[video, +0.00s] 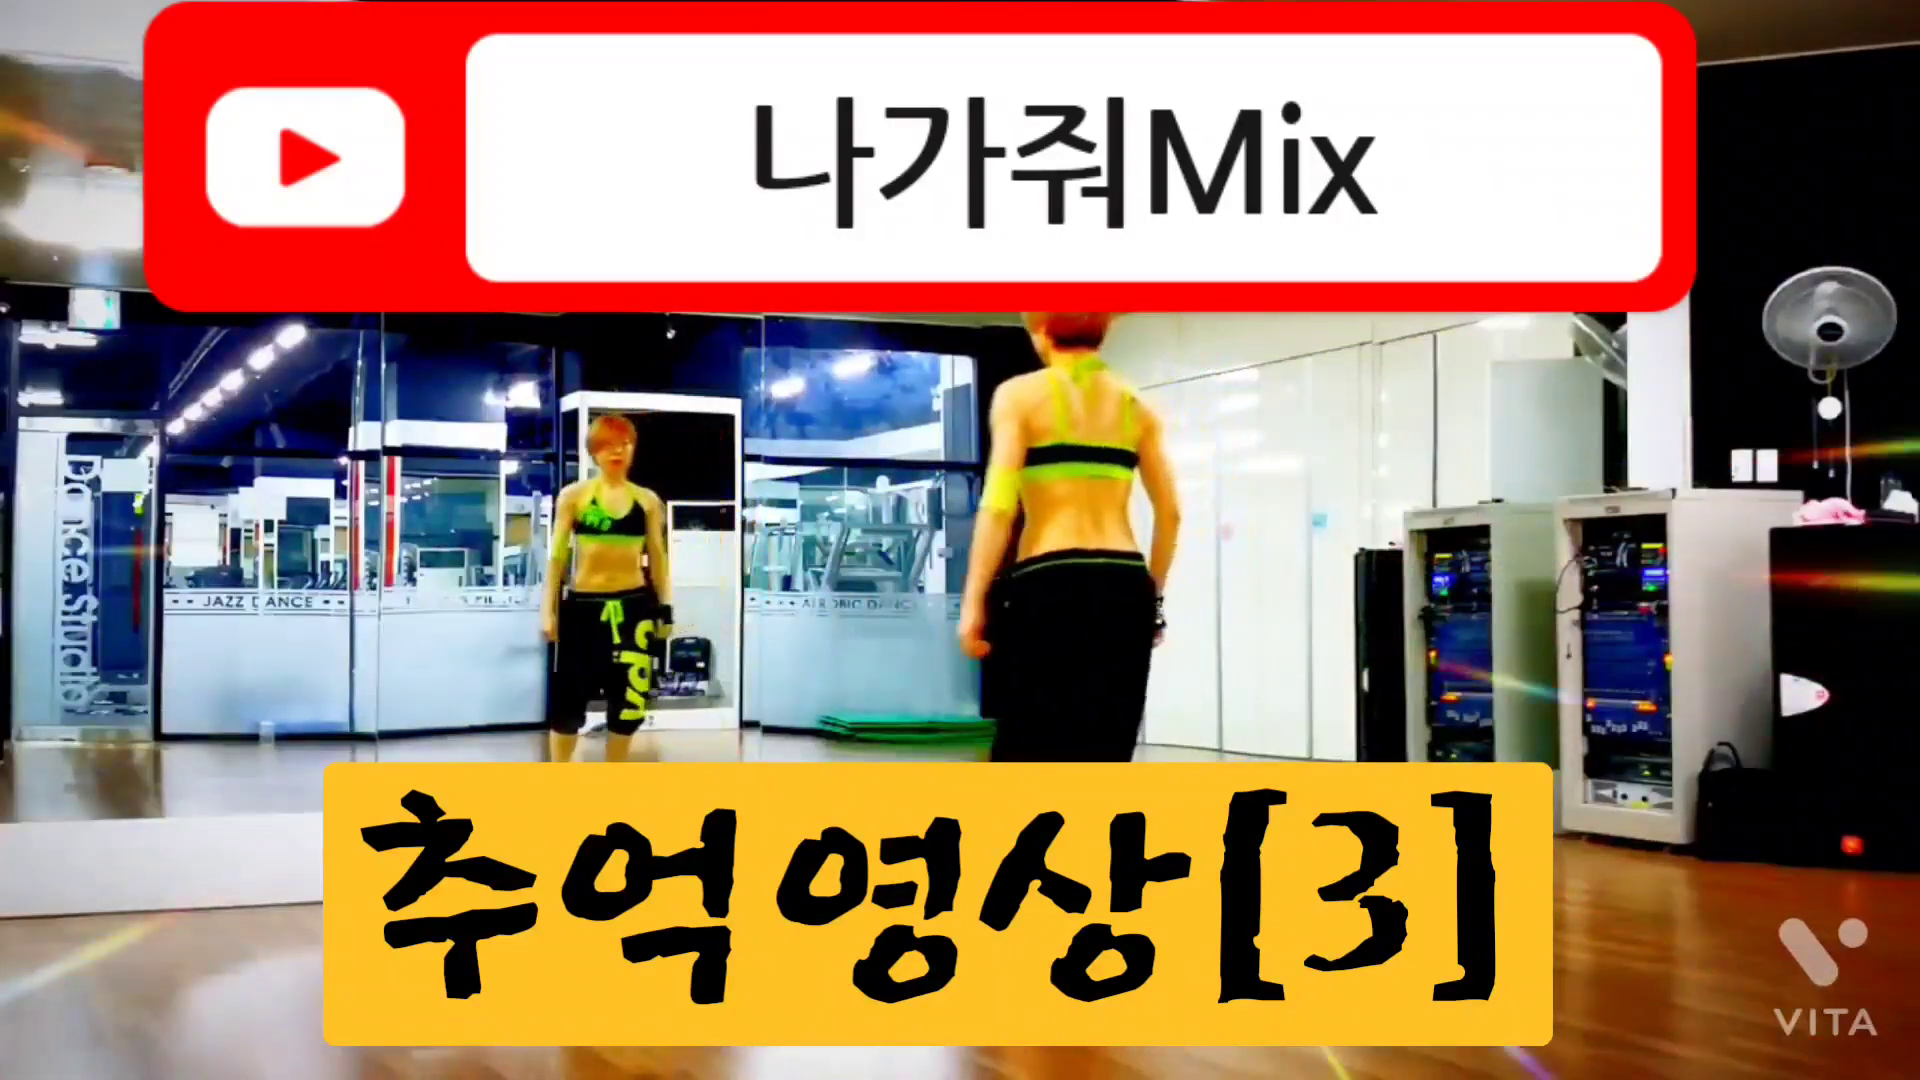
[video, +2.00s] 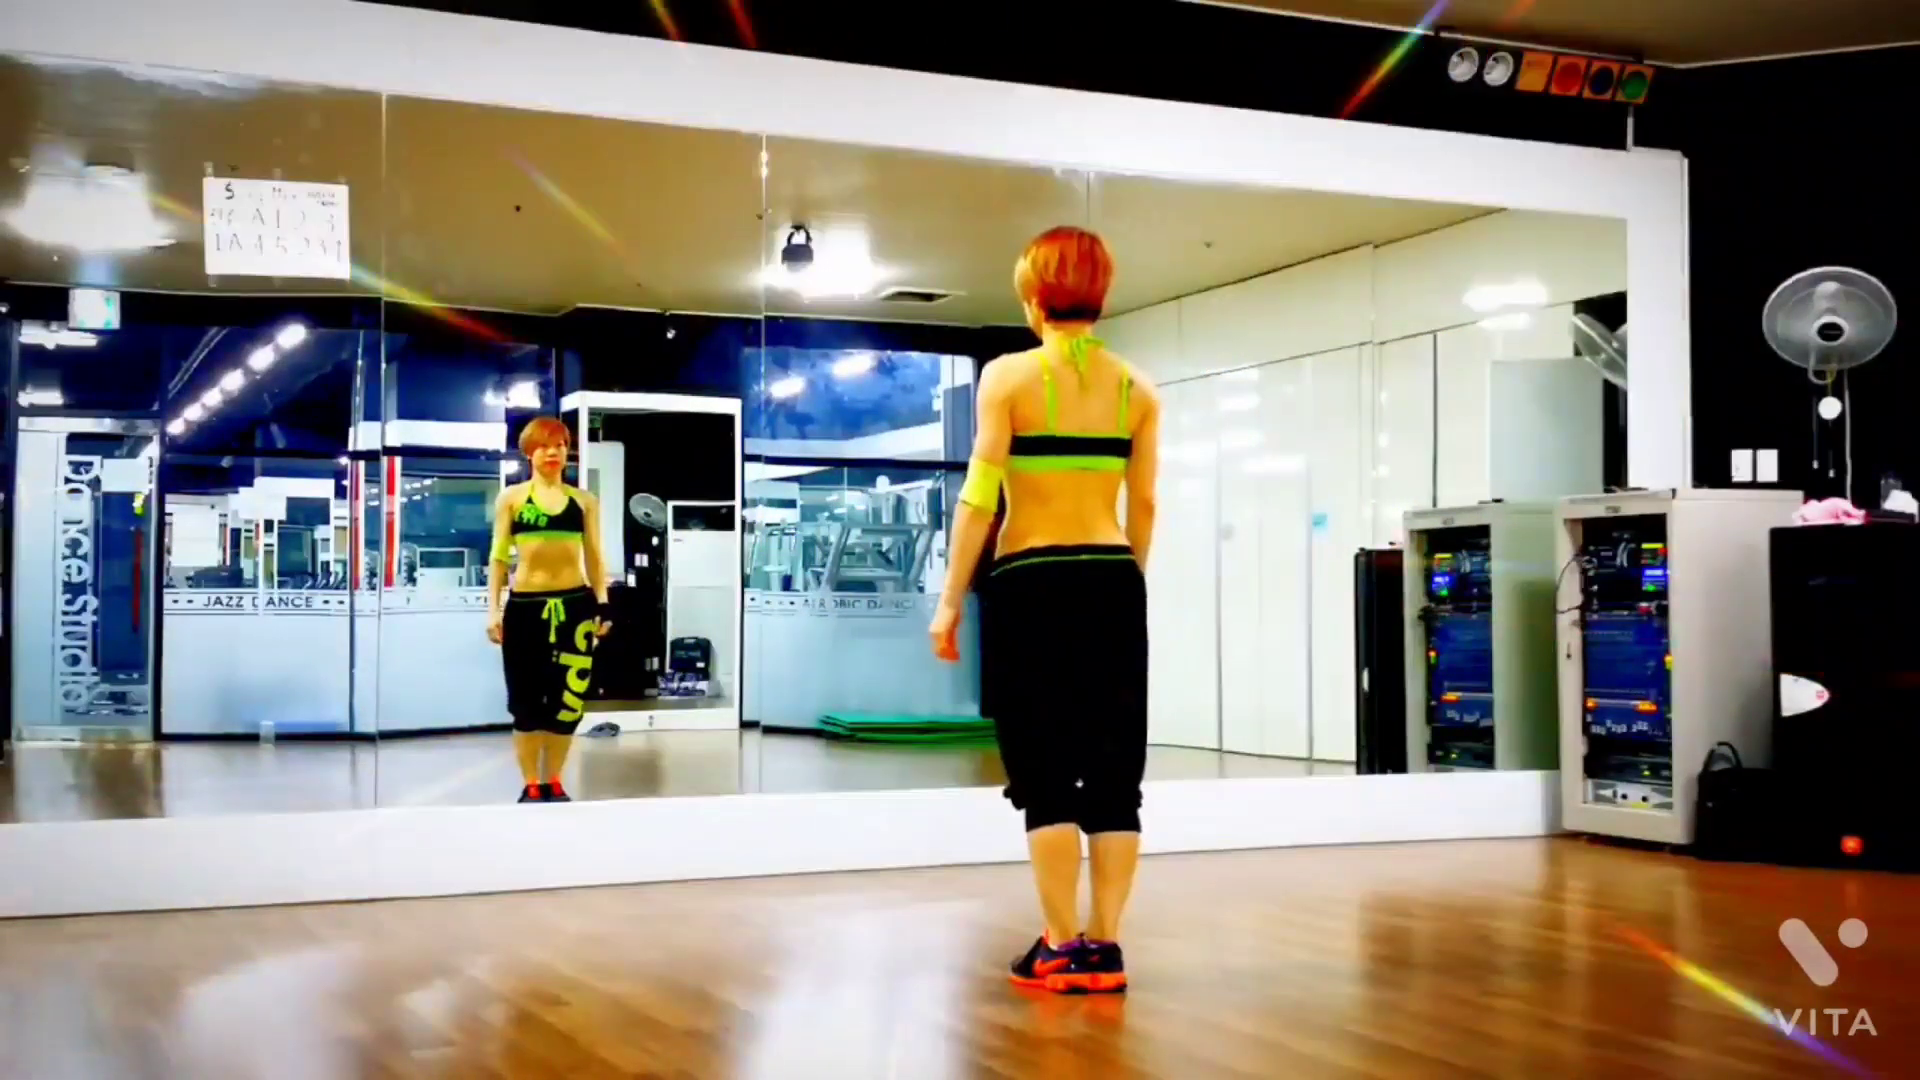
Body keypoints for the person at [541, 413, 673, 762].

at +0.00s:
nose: (617, 452)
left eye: (623, 444)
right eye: (608, 446)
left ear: (633, 450)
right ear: (594, 453)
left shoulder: (647, 501)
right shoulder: (573, 496)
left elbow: (657, 558)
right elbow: (558, 556)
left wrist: (664, 607)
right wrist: (549, 610)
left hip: (633, 606)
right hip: (582, 606)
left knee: (627, 706)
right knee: (567, 705)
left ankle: (613, 780)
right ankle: (559, 778)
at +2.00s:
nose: (552, 454)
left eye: (559, 447)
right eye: (544, 447)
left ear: (566, 451)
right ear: (530, 453)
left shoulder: (585, 501)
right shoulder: (511, 498)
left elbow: (595, 559)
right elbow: (499, 559)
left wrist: (603, 605)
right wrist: (495, 609)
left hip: (575, 606)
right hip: (525, 608)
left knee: (568, 701)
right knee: (527, 702)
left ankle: (553, 780)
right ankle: (531, 783)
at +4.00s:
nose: (560, 462)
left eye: (566, 455)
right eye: (551, 455)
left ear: (573, 457)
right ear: (535, 459)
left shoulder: (587, 501)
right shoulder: (519, 500)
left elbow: (607, 548)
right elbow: (523, 556)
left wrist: (595, 582)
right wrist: (535, 606)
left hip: (580, 606)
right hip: (537, 604)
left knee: (571, 699)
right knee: (533, 699)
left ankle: (552, 783)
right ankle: (531, 785)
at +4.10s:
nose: (560, 465)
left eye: (566, 457)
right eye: (551, 459)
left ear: (573, 458)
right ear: (535, 461)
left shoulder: (586, 496)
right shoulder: (519, 496)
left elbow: (611, 531)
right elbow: (525, 545)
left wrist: (577, 542)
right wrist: (557, 585)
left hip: (580, 603)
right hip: (533, 604)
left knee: (570, 697)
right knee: (532, 698)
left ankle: (553, 783)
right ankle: (531, 785)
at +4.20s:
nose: (561, 465)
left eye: (566, 458)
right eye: (552, 459)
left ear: (574, 459)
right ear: (537, 461)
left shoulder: (583, 496)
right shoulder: (520, 490)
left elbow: (611, 485)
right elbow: (524, 513)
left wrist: (566, 488)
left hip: (581, 602)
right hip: (533, 602)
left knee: (571, 700)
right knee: (531, 700)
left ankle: (553, 783)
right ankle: (531, 785)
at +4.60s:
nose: (554, 461)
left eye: (559, 454)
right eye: (546, 456)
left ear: (568, 458)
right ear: (531, 463)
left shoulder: (585, 499)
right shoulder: (521, 501)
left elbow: (590, 518)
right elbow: (549, 518)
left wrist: (577, 482)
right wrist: (566, 487)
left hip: (576, 608)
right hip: (530, 609)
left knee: (570, 708)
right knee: (537, 706)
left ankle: (553, 782)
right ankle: (532, 785)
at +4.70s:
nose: (554, 485)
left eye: (559, 478)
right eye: (545, 479)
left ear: (568, 488)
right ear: (531, 493)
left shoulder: (586, 537)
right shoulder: (521, 533)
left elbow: (583, 579)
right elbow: (537, 577)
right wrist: (570, 588)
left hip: (573, 640)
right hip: (529, 641)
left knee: (572, 733)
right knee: (540, 728)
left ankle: (552, 783)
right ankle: (532, 787)